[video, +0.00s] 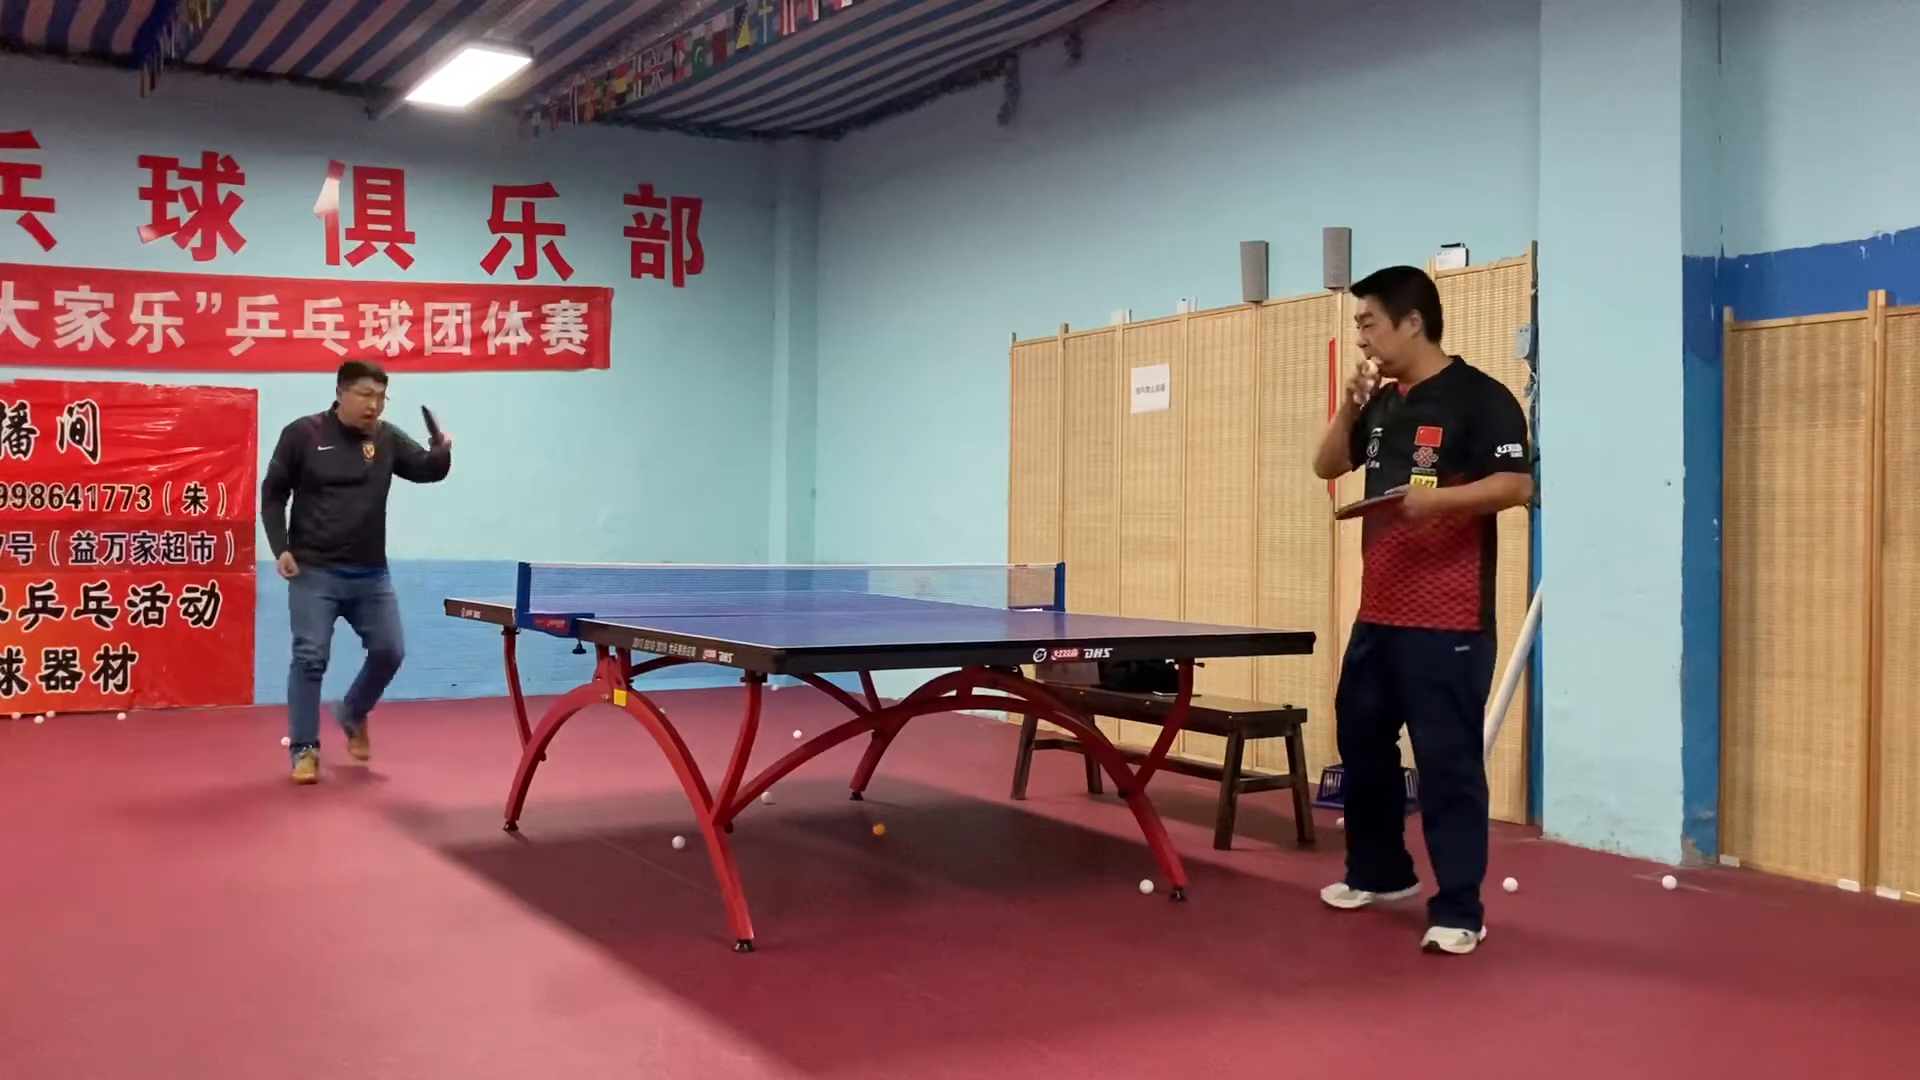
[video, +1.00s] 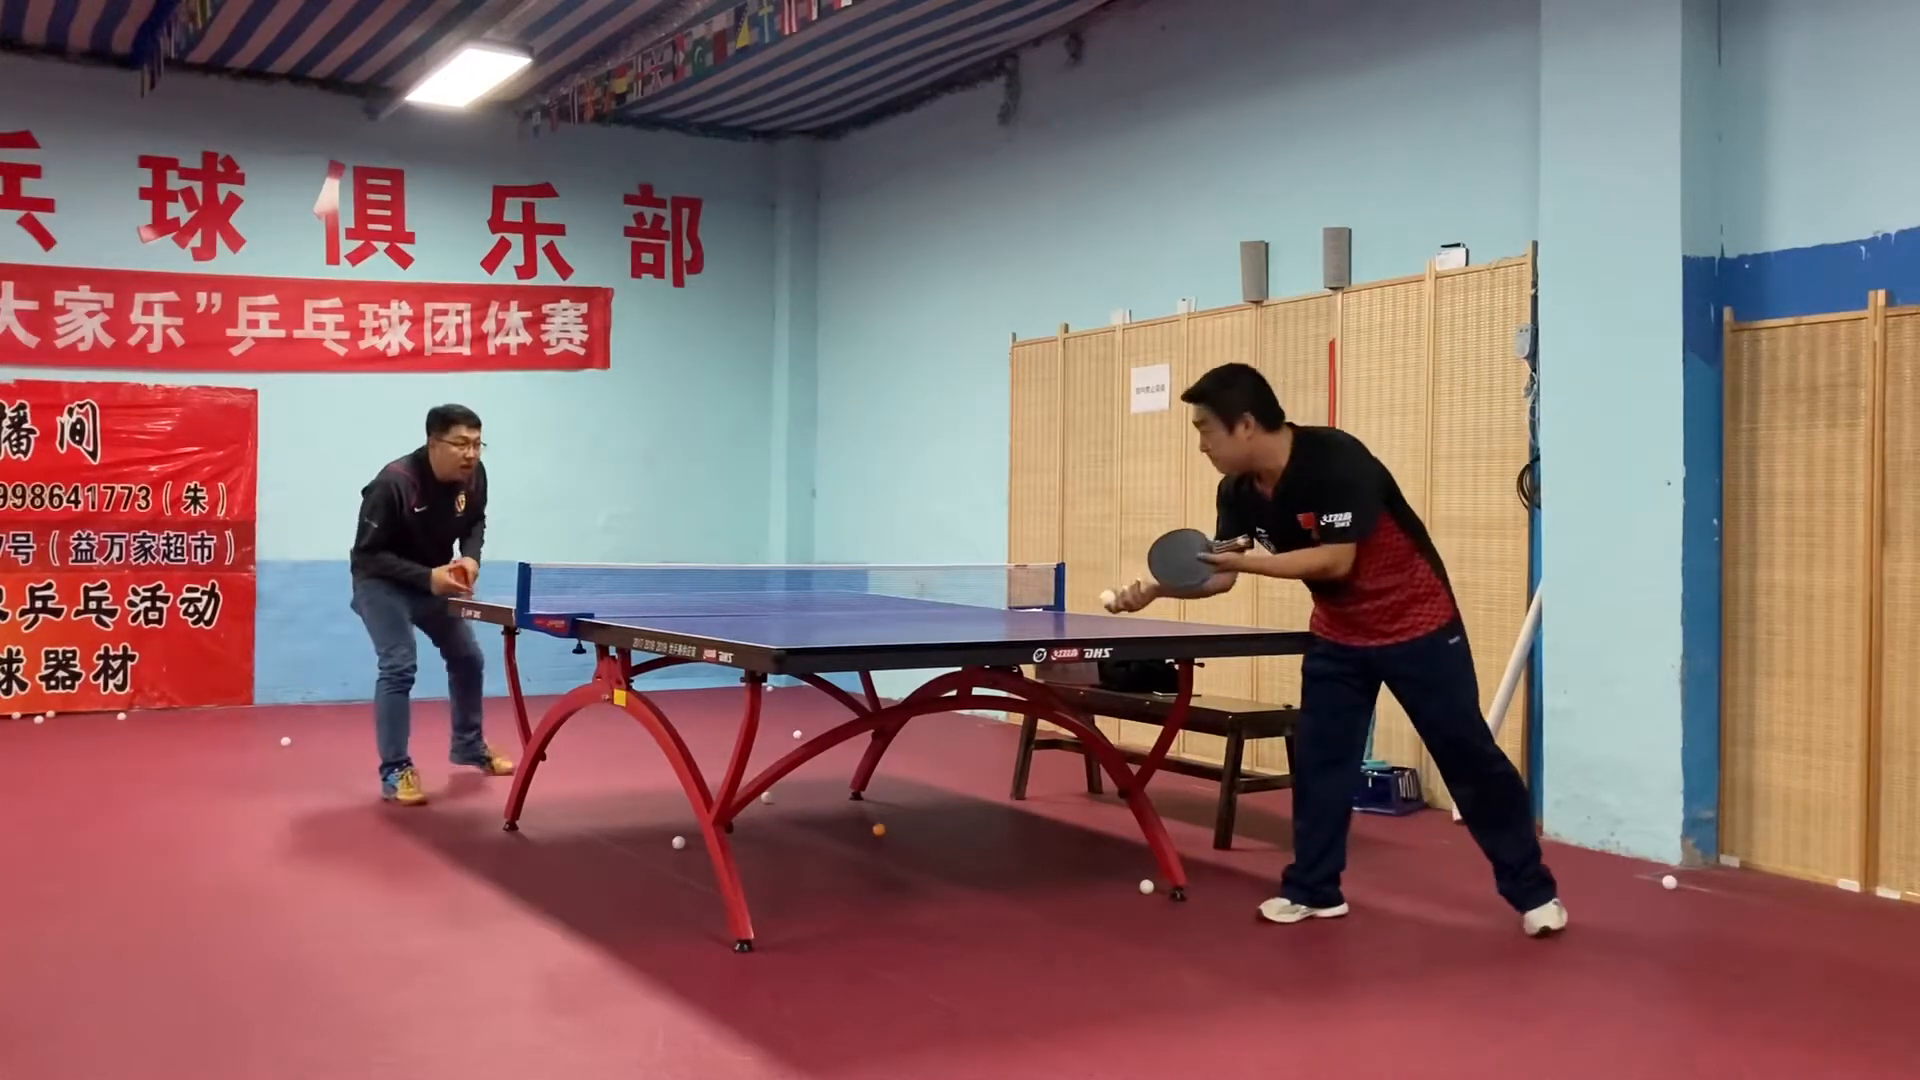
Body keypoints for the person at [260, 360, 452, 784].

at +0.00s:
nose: (374, 405)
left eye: (380, 397)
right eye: (365, 396)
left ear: (384, 401)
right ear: (341, 394)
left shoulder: (386, 438)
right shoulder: (302, 435)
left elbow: (429, 470)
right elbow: (272, 496)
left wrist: (441, 452)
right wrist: (280, 549)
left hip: (369, 575)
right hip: (313, 573)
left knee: (389, 651)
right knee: (310, 657)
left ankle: (352, 713)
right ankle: (304, 747)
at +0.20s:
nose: (393, 390)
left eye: (398, 383)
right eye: (384, 380)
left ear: (402, 388)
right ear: (359, 382)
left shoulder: (403, 436)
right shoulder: (321, 429)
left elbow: (427, 482)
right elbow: (289, 491)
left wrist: (430, 496)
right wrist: (305, 544)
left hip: (386, 573)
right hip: (331, 571)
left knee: (406, 654)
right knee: (319, 660)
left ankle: (404, 755)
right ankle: (306, 749)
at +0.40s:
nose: (436, 398)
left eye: (441, 391)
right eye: (427, 389)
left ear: (444, 398)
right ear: (401, 391)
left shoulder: (440, 446)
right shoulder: (360, 433)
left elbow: (443, 501)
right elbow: (318, 490)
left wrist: (440, 533)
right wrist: (322, 551)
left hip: (415, 578)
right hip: (359, 576)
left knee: (429, 662)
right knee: (341, 660)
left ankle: (416, 761)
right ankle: (313, 742)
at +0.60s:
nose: (457, 400)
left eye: (463, 392)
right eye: (448, 390)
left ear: (465, 397)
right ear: (422, 391)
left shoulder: (461, 442)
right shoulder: (379, 432)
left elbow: (471, 491)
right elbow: (331, 483)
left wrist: (473, 526)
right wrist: (349, 537)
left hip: (428, 575)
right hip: (376, 571)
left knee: (433, 666)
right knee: (374, 656)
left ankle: (417, 761)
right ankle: (361, 761)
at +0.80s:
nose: (465, 428)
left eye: (470, 419)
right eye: (455, 419)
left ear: (472, 422)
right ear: (426, 419)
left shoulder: (465, 457)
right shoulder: (388, 462)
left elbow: (473, 502)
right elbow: (347, 521)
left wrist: (484, 535)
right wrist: (396, 557)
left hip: (431, 578)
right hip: (380, 579)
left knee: (472, 651)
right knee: (395, 664)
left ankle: (433, 748)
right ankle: (393, 772)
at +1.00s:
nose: (470, 454)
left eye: (476, 444)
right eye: (461, 444)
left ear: (480, 444)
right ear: (432, 443)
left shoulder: (473, 475)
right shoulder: (393, 483)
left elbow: (475, 523)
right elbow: (367, 556)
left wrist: (470, 558)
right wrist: (427, 577)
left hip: (432, 582)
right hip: (381, 582)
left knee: (468, 658)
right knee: (399, 665)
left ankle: (468, 746)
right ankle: (395, 770)